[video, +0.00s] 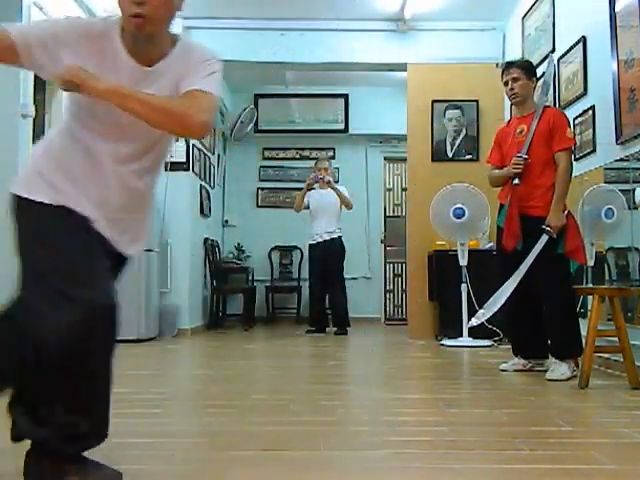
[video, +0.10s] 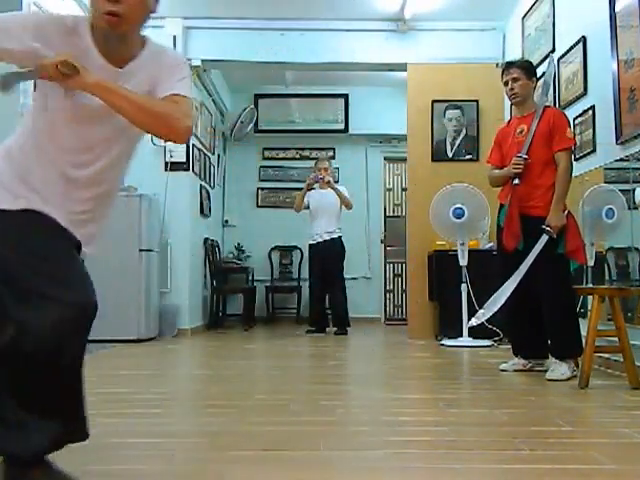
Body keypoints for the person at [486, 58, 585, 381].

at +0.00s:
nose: (511, 86)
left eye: (516, 80)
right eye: (506, 82)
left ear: (533, 83)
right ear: (504, 89)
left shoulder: (553, 117)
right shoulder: (504, 131)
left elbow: (564, 164)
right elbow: (493, 177)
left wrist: (557, 209)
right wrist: (508, 171)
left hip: (545, 215)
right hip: (512, 215)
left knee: (553, 285)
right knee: (517, 284)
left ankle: (565, 358)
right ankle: (529, 354)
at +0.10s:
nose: (511, 86)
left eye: (516, 80)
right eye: (506, 82)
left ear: (533, 83)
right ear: (504, 89)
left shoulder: (553, 117)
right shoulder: (505, 131)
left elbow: (564, 165)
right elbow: (493, 177)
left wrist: (557, 209)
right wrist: (508, 171)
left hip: (546, 215)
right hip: (512, 215)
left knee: (553, 285)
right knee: (518, 284)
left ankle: (565, 358)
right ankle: (529, 354)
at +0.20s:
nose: (510, 86)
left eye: (516, 80)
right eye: (506, 83)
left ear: (533, 83)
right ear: (505, 89)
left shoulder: (553, 117)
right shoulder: (504, 131)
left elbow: (564, 164)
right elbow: (493, 177)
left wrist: (558, 209)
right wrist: (508, 171)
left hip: (545, 214)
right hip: (512, 215)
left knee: (553, 284)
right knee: (518, 283)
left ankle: (564, 358)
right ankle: (529, 354)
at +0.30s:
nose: (510, 86)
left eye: (516, 80)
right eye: (506, 82)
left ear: (533, 83)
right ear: (504, 89)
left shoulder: (553, 117)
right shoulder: (505, 131)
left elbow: (564, 165)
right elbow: (493, 177)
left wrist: (557, 210)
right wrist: (508, 171)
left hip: (546, 214)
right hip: (512, 215)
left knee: (553, 284)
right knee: (518, 284)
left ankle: (565, 358)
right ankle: (529, 354)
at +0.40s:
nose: (511, 86)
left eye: (516, 80)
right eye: (506, 83)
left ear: (533, 83)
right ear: (504, 89)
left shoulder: (553, 117)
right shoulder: (504, 132)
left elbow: (565, 164)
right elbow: (493, 177)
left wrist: (557, 209)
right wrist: (507, 171)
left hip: (545, 214)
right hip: (512, 215)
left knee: (552, 284)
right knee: (518, 284)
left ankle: (565, 358)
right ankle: (530, 355)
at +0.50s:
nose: (511, 87)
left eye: (516, 80)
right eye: (506, 83)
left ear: (533, 83)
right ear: (504, 89)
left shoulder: (553, 117)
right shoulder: (504, 132)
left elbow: (565, 164)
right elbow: (493, 177)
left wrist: (557, 209)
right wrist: (508, 171)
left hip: (546, 214)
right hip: (513, 215)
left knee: (552, 284)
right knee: (519, 284)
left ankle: (565, 358)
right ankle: (529, 355)